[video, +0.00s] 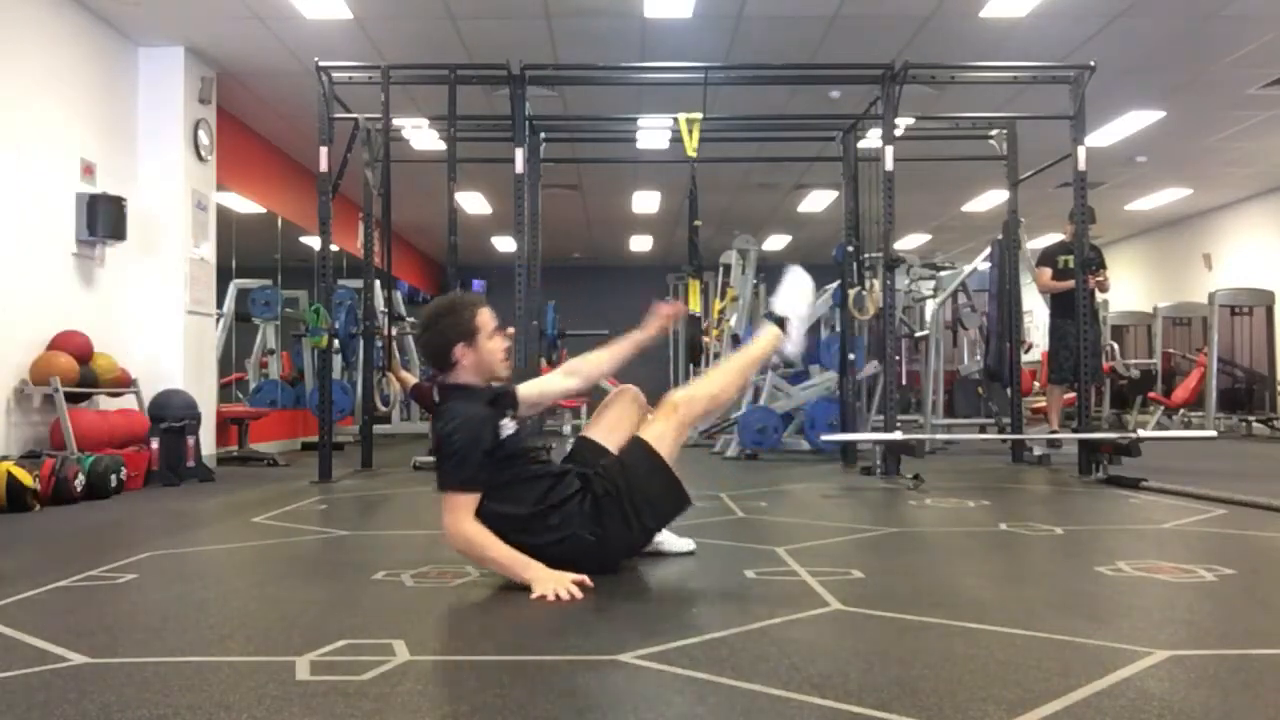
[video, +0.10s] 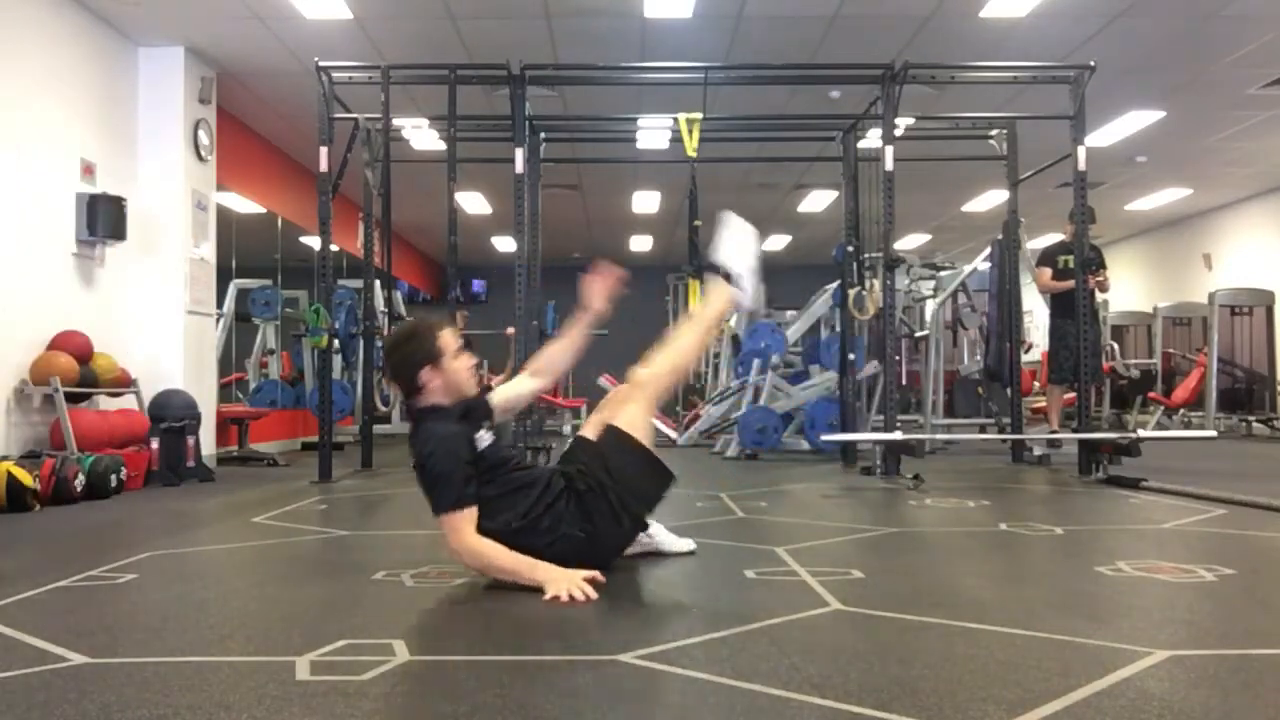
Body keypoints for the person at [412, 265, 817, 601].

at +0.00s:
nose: (508, 338)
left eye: (501, 330)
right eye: (495, 334)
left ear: (465, 355)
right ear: (461, 356)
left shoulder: (483, 398)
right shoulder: (463, 420)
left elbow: (566, 379)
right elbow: (457, 527)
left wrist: (645, 334)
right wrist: (536, 574)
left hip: (567, 499)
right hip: (589, 532)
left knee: (627, 395)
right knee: (678, 406)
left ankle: (637, 529)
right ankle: (780, 329)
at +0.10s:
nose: (473, 359)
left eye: (465, 349)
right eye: (460, 354)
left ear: (434, 378)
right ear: (429, 380)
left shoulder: (460, 413)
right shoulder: (438, 439)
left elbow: (536, 377)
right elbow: (462, 541)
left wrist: (589, 315)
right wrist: (546, 574)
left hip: (565, 506)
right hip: (579, 533)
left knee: (617, 402)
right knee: (640, 389)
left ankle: (628, 530)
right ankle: (726, 290)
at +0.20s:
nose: (436, 386)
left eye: (426, 378)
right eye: (420, 383)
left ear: (402, 413)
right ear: (395, 414)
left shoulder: (437, 435)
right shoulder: (415, 464)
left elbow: (494, 388)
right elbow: (467, 556)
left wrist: (505, 307)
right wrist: (559, 569)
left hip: (568, 511)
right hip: (566, 531)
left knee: (618, 388)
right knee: (581, 362)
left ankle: (639, 520)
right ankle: (629, 236)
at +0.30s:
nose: (410, 406)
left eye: (401, 398)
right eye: (393, 405)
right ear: (371, 441)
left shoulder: (419, 449)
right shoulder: (399, 486)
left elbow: (467, 396)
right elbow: (471, 562)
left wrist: (437, 320)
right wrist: (561, 561)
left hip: (564, 509)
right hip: (554, 531)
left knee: (593, 376)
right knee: (532, 361)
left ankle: (650, 482)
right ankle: (538, 221)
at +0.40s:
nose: (371, 435)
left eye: (361, 430)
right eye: (356, 437)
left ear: (368, 439)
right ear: (342, 477)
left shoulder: (396, 475)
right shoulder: (376, 514)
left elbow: (417, 402)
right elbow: (466, 570)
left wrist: (337, 369)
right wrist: (550, 534)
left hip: (556, 492)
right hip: (541, 517)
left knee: (521, 356)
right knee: (457, 379)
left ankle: (644, 399)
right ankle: (402, 241)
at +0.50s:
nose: (344, 459)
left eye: (336, 456)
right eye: (329, 463)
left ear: (344, 467)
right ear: (317, 500)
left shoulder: (375, 494)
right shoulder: (359, 536)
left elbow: (365, 418)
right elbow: (453, 572)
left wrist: (284, 437)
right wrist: (517, 501)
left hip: (536, 455)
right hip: (512, 481)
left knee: (458, 347)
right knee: (391, 386)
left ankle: (583, 309)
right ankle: (293, 272)